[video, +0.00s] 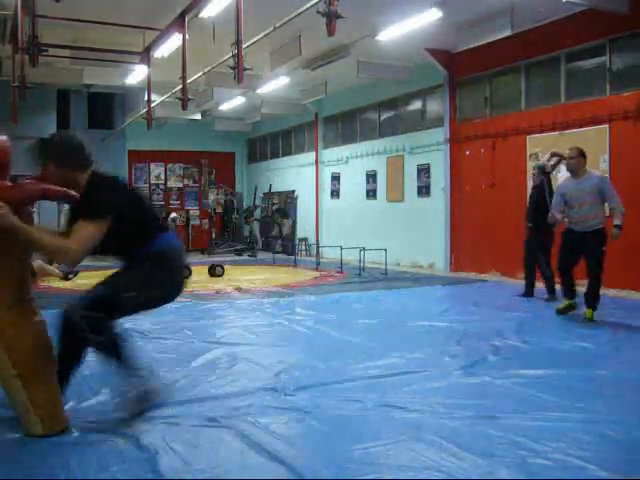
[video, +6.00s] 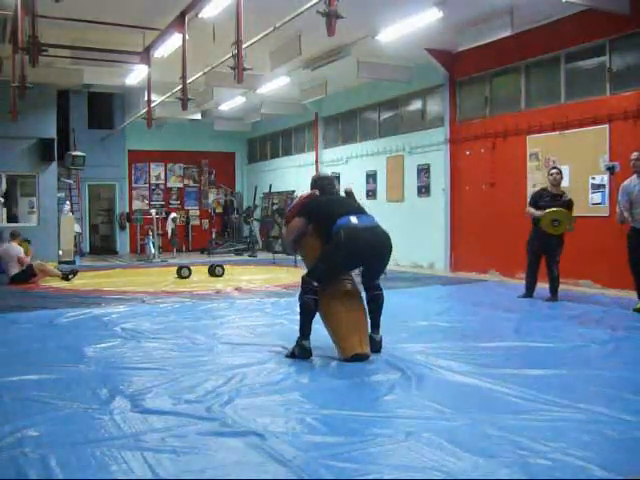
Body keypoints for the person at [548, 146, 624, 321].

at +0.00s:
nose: (568, 162)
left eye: (572, 158)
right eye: (566, 159)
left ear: (583, 160)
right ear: (565, 162)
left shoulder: (599, 181)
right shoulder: (563, 186)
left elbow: (615, 203)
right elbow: (555, 210)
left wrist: (617, 223)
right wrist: (555, 217)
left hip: (595, 230)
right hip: (573, 230)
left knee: (595, 271)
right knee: (564, 266)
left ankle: (590, 307)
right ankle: (569, 299)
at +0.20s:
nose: (572, 162)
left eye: (577, 159)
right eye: (571, 159)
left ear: (588, 161)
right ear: (570, 162)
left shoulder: (603, 181)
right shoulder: (567, 187)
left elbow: (618, 203)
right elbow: (560, 211)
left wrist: (620, 224)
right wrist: (560, 217)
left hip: (599, 230)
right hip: (578, 231)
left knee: (597, 270)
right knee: (574, 267)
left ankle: (592, 307)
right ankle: (595, 294)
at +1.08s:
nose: (590, 163)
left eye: (594, 160)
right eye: (588, 160)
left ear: (603, 162)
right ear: (586, 163)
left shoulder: (618, 180)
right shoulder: (582, 186)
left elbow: (631, 202)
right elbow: (578, 209)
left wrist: (635, 222)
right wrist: (578, 216)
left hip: (614, 228)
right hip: (594, 229)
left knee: (613, 266)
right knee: (595, 269)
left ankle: (617, 300)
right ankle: (601, 302)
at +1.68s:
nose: (609, 165)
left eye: (613, 161)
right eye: (607, 161)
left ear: (624, 162)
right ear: (605, 164)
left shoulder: (636, 180)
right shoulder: (603, 185)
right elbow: (599, 211)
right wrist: (599, 216)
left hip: (634, 229)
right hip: (613, 229)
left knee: (638, 269)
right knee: (606, 269)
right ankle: (604, 302)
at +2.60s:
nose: (635, 164)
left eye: (636, 160)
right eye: (633, 161)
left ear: (639, 163)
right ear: (631, 163)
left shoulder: (630, 186)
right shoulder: (627, 186)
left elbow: (625, 210)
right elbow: (623, 209)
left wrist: (628, 217)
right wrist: (625, 216)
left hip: (634, 228)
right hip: (633, 227)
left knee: (627, 264)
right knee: (626, 263)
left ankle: (623, 299)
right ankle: (623, 299)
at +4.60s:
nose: (634, 163)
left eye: (636, 160)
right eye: (632, 160)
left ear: (639, 162)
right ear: (630, 163)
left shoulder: (629, 186)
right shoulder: (626, 186)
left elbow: (623, 208)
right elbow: (622, 208)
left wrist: (628, 222)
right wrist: (627, 223)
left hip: (634, 229)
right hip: (632, 229)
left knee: (627, 265)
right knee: (626, 265)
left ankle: (623, 299)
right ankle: (623, 299)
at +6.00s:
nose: (634, 163)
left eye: (636, 160)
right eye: (632, 160)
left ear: (639, 163)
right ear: (630, 163)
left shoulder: (628, 186)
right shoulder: (627, 185)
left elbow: (623, 207)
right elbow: (623, 206)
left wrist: (627, 216)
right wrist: (626, 217)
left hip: (635, 229)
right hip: (634, 228)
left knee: (636, 266)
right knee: (635, 266)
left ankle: (639, 300)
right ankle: (639, 299)